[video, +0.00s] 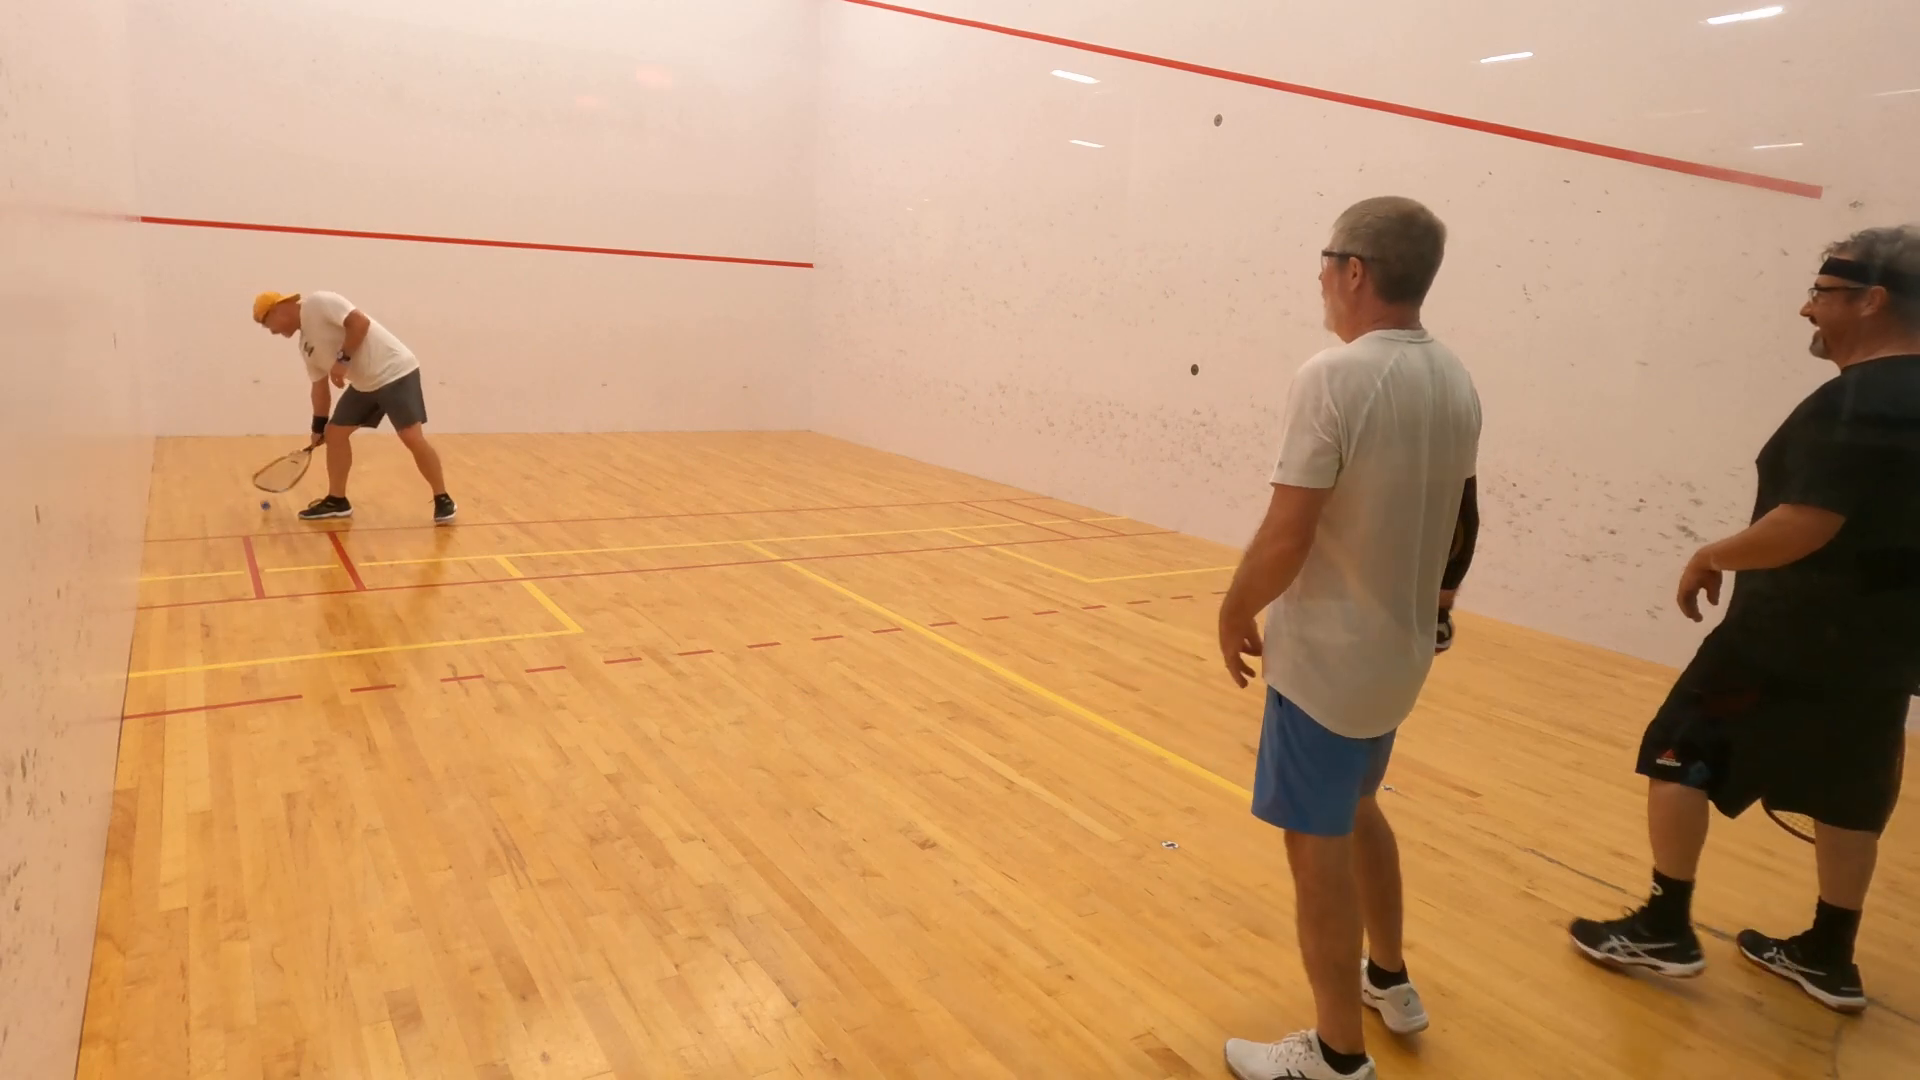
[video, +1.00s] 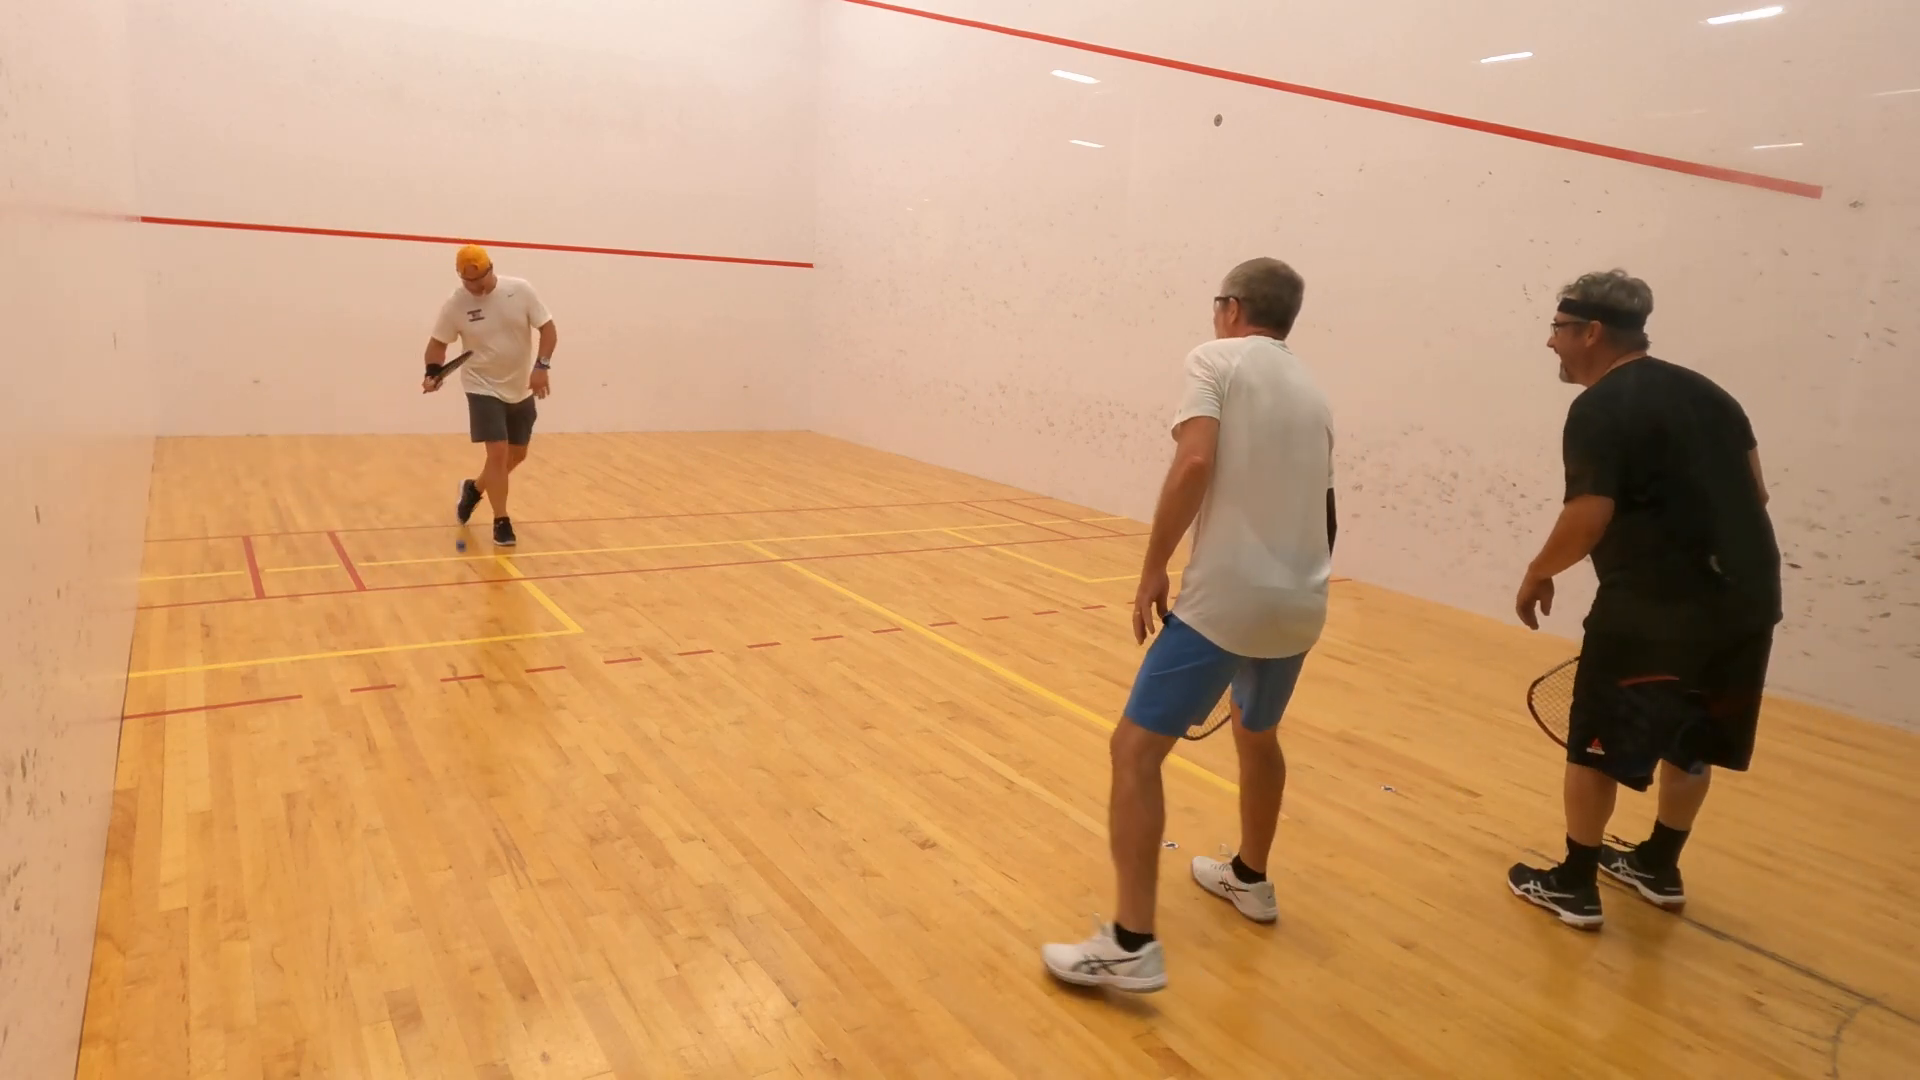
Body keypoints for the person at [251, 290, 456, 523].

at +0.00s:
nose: (271, 331)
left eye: (267, 322)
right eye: (266, 327)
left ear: (279, 308)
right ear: (277, 314)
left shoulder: (318, 303)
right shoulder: (306, 344)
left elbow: (359, 322)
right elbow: (320, 385)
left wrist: (342, 359)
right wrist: (318, 425)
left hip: (396, 371)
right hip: (364, 384)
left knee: (411, 435)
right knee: (335, 432)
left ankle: (442, 497)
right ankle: (337, 500)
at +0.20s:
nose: (317, 297)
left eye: (317, 289)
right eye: (313, 293)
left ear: (334, 276)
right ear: (328, 283)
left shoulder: (378, 291)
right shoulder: (341, 315)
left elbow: (392, 333)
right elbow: (355, 360)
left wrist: (348, 346)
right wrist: (351, 400)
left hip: (421, 380)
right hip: (382, 386)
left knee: (435, 441)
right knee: (356, 436)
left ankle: (447, 502)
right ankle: (340, 499)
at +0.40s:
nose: (383, 266)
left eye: (388, 259)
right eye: (378, 261)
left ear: (406, 256)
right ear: (375, 263)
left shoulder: (432, 288)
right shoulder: (383, 294)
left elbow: (420, 334)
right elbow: (383, 336)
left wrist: (388, 364)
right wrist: (377, 374)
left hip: (445, 379)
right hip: (405, 380)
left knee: (451, 442)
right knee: (385, 437)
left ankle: (449, 502)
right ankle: (378, 496)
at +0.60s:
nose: (427, 267)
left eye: (433, 260)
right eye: (421, 261)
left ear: (445, 256)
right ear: (414, 260)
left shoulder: (469, 287)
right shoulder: (406, 290)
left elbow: (482, 331)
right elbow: (399, 325)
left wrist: (451, 344)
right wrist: (395, 363)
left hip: (465, 380)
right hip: (425, 377)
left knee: (463, 443)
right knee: (433, 437)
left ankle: (449, 502)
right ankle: (444, 505)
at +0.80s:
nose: (458, 278)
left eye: (462, 270)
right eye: (451, 272)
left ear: (471, 264)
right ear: (441, 269)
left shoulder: (496, 292)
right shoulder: (429, 298)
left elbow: (517, 332)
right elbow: (414, 333)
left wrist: (496, 348)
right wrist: (410, 369)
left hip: (489, 384)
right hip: (452, 384)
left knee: (475, 447)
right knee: (474, 444)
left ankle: (449, 501)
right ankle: (494, 516)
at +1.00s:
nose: (474, 286)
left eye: (479, 279)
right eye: (467, 281)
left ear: (491, 269)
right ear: (460, 277)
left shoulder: (520, 291)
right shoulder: (456, 305)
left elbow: (548, 329)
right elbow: (437, 344)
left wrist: (542, 366)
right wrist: (433, 371)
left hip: (519, 386)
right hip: (482, 386)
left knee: (517, 453)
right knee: (498, 450)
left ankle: (475, 489)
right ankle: (501, 519)